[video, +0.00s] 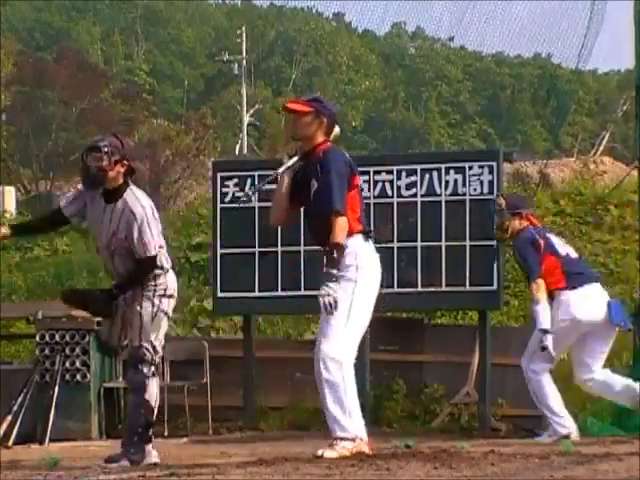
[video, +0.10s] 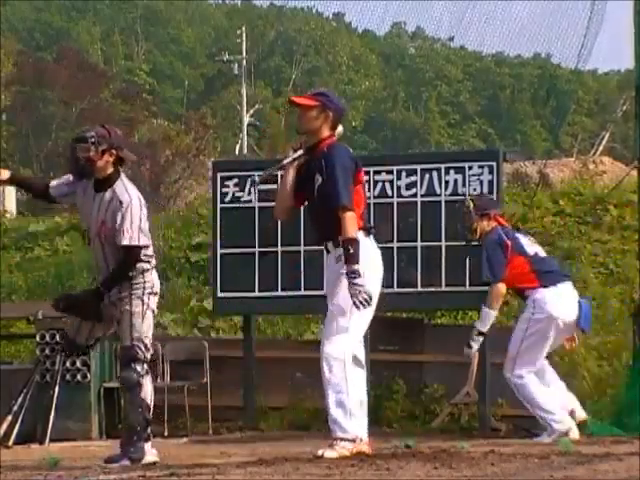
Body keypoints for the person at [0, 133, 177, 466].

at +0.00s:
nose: (99, 170)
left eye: (106, 164)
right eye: (95, 164)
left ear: (124, 167)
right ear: (90, 167)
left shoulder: (137, 207)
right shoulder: (91, 196)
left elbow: (150, 263)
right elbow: (55, 219)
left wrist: (113, 293)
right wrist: (12, 231)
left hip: (154, 286)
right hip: (129, 286)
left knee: (142, 363)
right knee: (135, 363)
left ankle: (139, 447)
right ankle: (138, 443)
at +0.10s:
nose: (91, 158)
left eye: (99, 152)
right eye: (90, 151)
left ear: (115, 157)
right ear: (89, 156)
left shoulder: (126, 197)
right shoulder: (84, 184)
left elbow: (131, 257)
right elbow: (47, 191)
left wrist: (97, 293)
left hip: (136, 285)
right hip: (111, 284)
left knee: (134, 364)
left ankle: (139, 446)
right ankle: (138, 441)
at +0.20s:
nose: (73, 152)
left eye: (81, 146)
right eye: (72, 146)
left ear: (100, 151)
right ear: (76, 152)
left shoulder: (116, 192)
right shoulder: (76, 183)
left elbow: (119, 251)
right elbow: (53, 194)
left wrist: (94, 294)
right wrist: (26, 175)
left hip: (116, 283)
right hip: (85, 280)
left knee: (117, 361)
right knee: (49, 336)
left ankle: (135, 445)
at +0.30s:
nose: (64, 150)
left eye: (72, 145)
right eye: (63, 144)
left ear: (88, 151)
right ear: (66, 149)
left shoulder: (100, 191)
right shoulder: (63, 183)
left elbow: (105, 249)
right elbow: (52, 210)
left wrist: (94, 299)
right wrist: (23, 205)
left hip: (99, 290)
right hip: (68, 288)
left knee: (106, 363)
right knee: (33, 348)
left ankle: (133, 443)